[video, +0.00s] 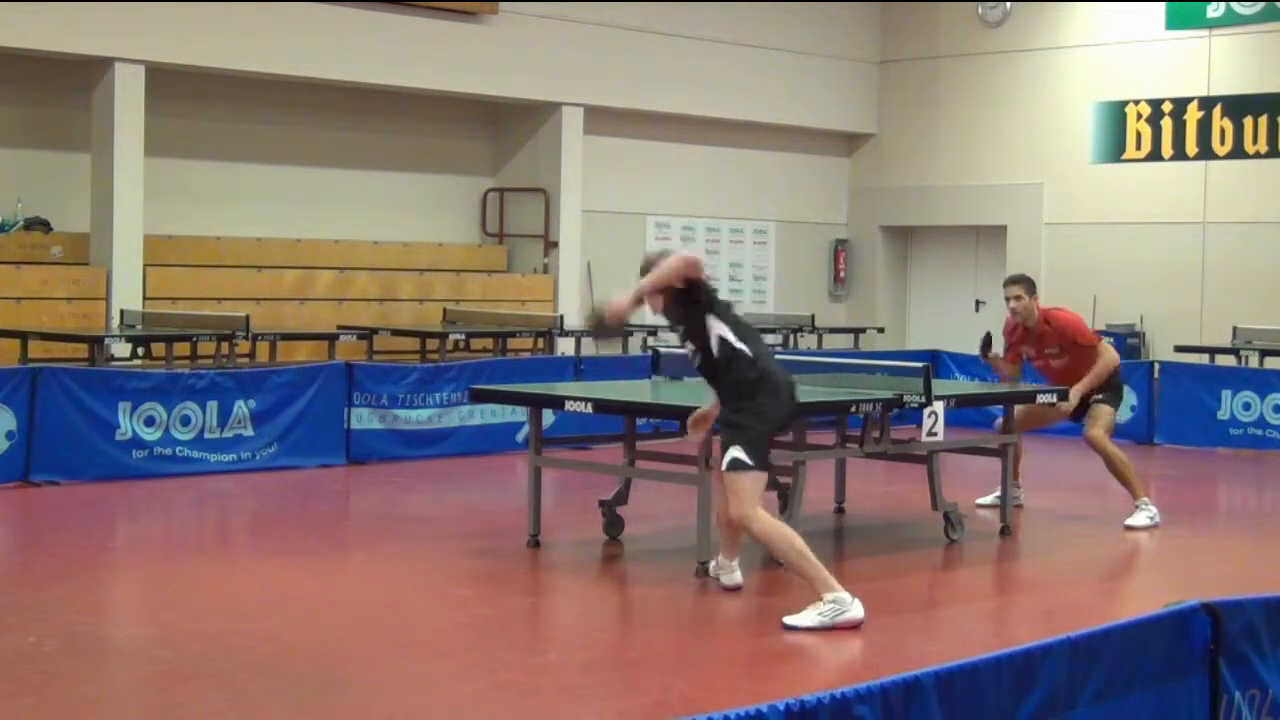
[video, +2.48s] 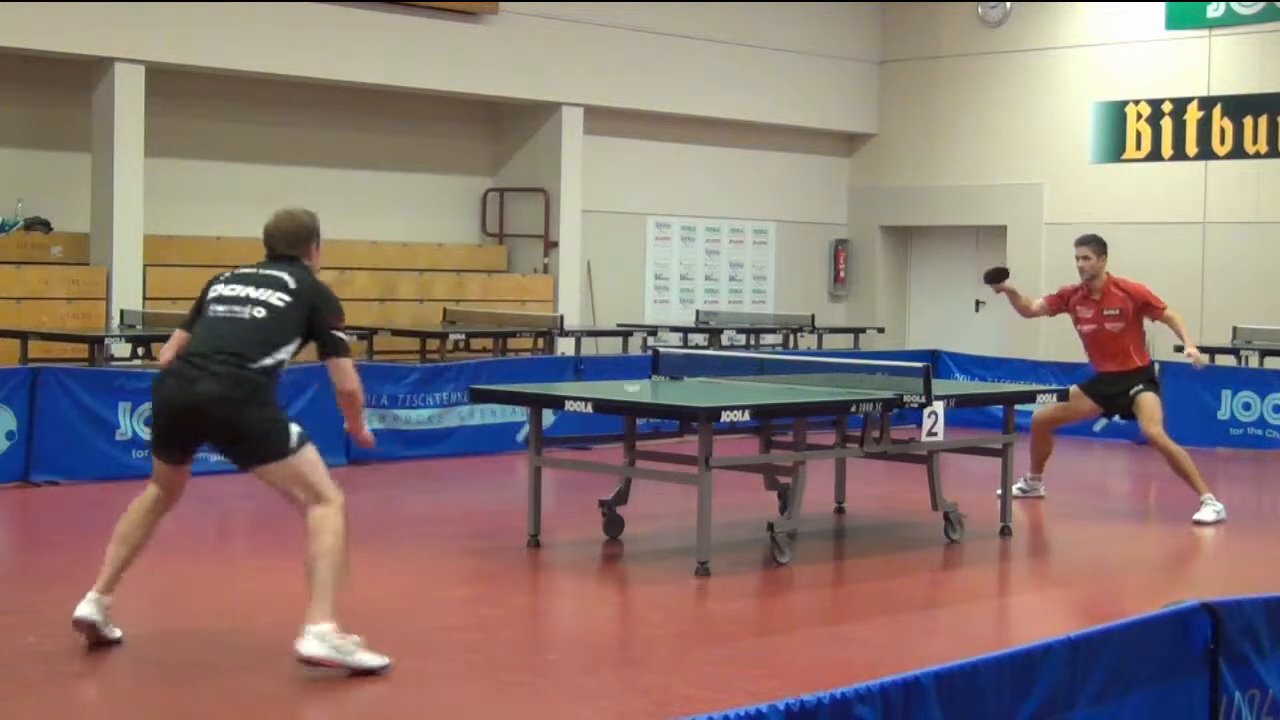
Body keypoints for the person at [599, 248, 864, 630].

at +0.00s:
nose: (648, 301)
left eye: (650, 293)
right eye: (646, 295)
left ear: (666, 286)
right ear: (669, 290)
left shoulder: (696, 304)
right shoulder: (694, 321)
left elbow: (688, 261)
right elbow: (739, 371)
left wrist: (634, 295)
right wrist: (713, 410)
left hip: (759, 399)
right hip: (748, 401)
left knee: (744, 510)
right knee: (725, 473)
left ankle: (837, 598)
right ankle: (728, 565)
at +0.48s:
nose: (580, 285)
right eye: (582, 280)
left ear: (545, 283)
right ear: (584, 284)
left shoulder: (517, 313)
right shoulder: (595, 311)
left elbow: (461, 356)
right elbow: (626, 355)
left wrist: (503, 376)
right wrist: (607, 390)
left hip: (521, 413)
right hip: (578, 412)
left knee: (477, 484)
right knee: (641, 480)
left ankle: (395, 556)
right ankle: (697, 561)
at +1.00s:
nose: (455, 271)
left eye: (450, 266)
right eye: (453, 266)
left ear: (406, 270)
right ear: (446, 268)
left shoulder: (381, 306)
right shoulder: (467, 303)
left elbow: (344, 375)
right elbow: (502, 382)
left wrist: (360, 405)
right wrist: (478, 405)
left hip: (389, 406)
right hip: (451, 406)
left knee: (345, 488)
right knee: (517, 500)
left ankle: (276, 576)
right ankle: (518, 584)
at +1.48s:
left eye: (475, 253)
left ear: (481, 261)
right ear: (526, 257)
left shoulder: (462, 300)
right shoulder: (556, 311)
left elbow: (409, 294)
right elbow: (598, 386)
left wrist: (440, 251)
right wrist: (612, 401)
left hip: (459, 439)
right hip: (524, 445)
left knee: (367, 484)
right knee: (561, 537)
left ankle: (297, 581)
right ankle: (570, 615)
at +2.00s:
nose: (420, 221)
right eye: (418, 215)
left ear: (371, 219)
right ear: (414, 219)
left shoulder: (339, 264)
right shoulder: (428, 272)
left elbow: (269, 294)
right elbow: (471, 349)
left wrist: (267, 294)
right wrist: (516, 386)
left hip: (342, 405)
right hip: (407, 407)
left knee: (314, 491)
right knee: (486, 500)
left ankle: (287, 606)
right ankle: (556, 612)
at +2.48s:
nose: (321, 256)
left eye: (318, 249)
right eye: (321, 249)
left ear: (268, 250)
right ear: (313, 251)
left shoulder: (224, 280)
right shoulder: (316, 293)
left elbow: (168, 355)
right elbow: (347, 387)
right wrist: (358, 429)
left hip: (175, 388)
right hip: (240, 396)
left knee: (161, 489)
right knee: (324, 500)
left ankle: (95, 600)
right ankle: (321, 628)